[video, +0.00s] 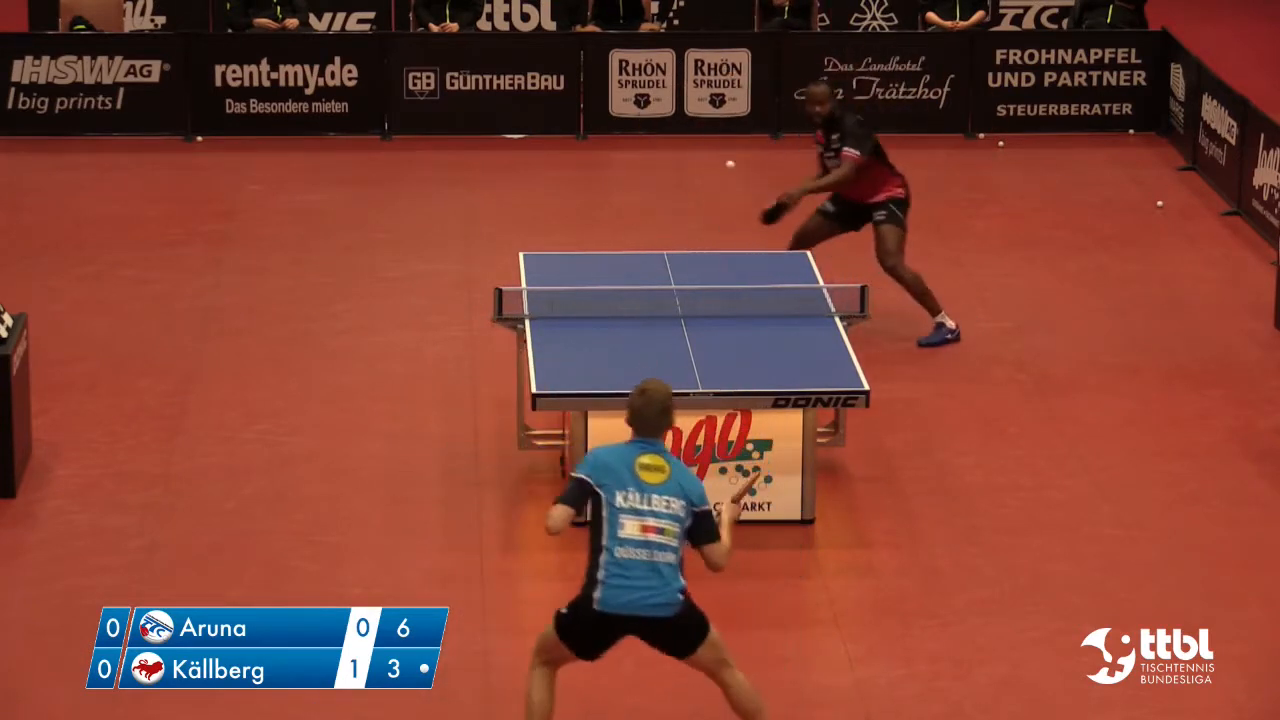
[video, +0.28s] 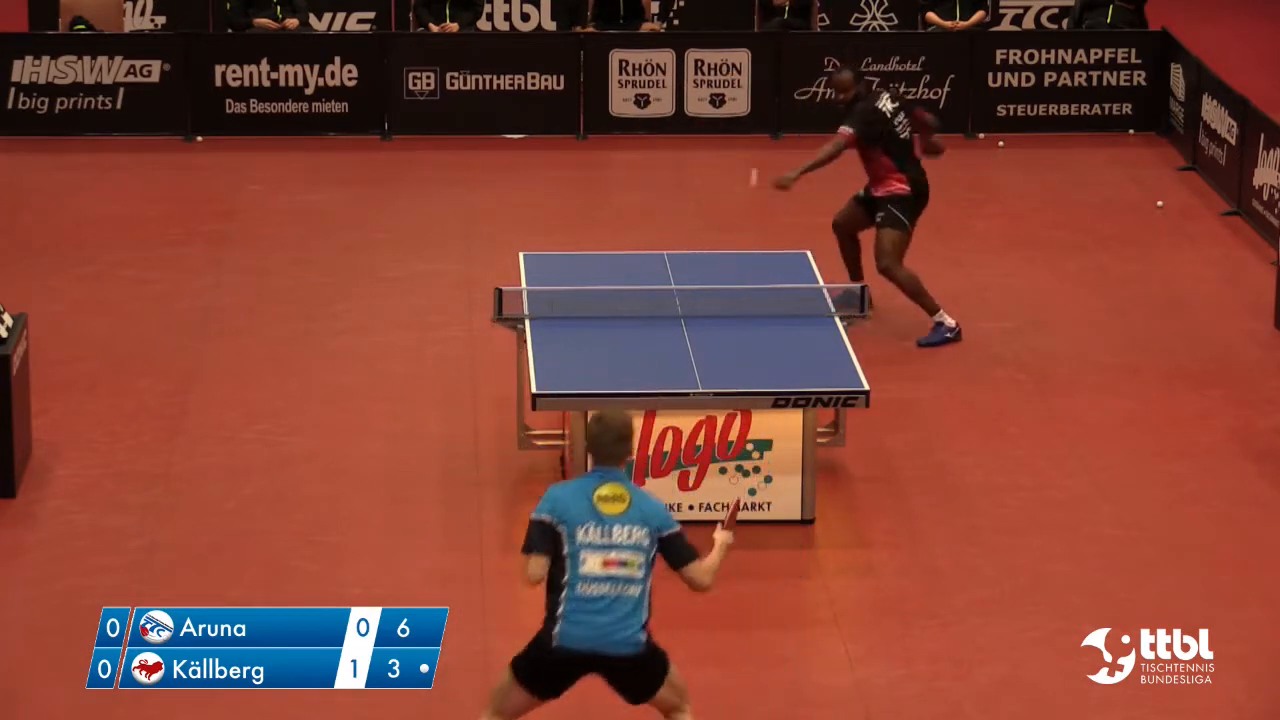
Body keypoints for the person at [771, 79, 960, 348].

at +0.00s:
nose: (816, 110)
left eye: (821, 103)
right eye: (811, 104)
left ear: (834, 101)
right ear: (806, 106)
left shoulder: (853, 125)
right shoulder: (821, 131)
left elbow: (845, 172)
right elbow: (823, 177)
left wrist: (799, 192)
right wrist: (787, 203)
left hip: (887, 196)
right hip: (851, 198)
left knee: (890, 261)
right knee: (800, 241)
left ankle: (945, 323)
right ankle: (788, 311)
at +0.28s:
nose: (839, 97)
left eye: (844, 90)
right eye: (836, 91)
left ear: (859, 85)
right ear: (836, 89)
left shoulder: (862, 111)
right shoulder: (883, 98)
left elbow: (836, 148)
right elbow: (920, 119)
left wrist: (796, 174)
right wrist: (929, 142)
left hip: (903, 191)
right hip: (881, 188)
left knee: (888, 264)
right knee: (842, 226)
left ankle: (945, 322)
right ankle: (858, 293)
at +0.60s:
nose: (907, 45)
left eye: (913, 39)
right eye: (904, 39)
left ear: (927, 40)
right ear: (899, 40)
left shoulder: (942, 73)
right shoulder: (894, 59)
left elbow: (979, 88)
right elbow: (886, 12)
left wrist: (984, 49)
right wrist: (928, 5)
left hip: (913, 148)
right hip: (877, 147)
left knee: (928, 206)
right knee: (859, 216)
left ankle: (964, 272)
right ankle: (858, 286)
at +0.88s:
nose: (956, 96)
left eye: (961, 90)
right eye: (951, 89)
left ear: (968, 92)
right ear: (940, 90)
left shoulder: (965, 129)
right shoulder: (921, 108)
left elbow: (963, 180)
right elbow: (909, 84)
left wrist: (986, 217)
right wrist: (952, 58)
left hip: (936, 199)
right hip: (896, 194)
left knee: (979, 244)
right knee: (857, 252)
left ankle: (994, 298)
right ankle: (793, 271)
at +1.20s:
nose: (847, 70)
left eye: (853, 65)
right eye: (842, 65)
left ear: (862, 65)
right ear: (833, 66)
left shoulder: (878, 96)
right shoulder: (819, 91)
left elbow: (903, 133)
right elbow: (794, 120)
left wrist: (923, 174)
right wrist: (782, 130)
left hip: (863, 174)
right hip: (820, 170)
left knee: (886, 230)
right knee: (780, 216)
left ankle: (901, 284)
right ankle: (769, 277)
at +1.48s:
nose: (733, 100)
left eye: (738, 94)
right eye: (729, 95)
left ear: (753, 93)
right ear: (725, 94)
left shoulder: (763, 116)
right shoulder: (740, 116)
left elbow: (750, 160)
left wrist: (713, 187)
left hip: (796, 196)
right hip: (760, 192)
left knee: (811, 267)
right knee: (706, 217)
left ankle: (877, 278)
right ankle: (699, 277)